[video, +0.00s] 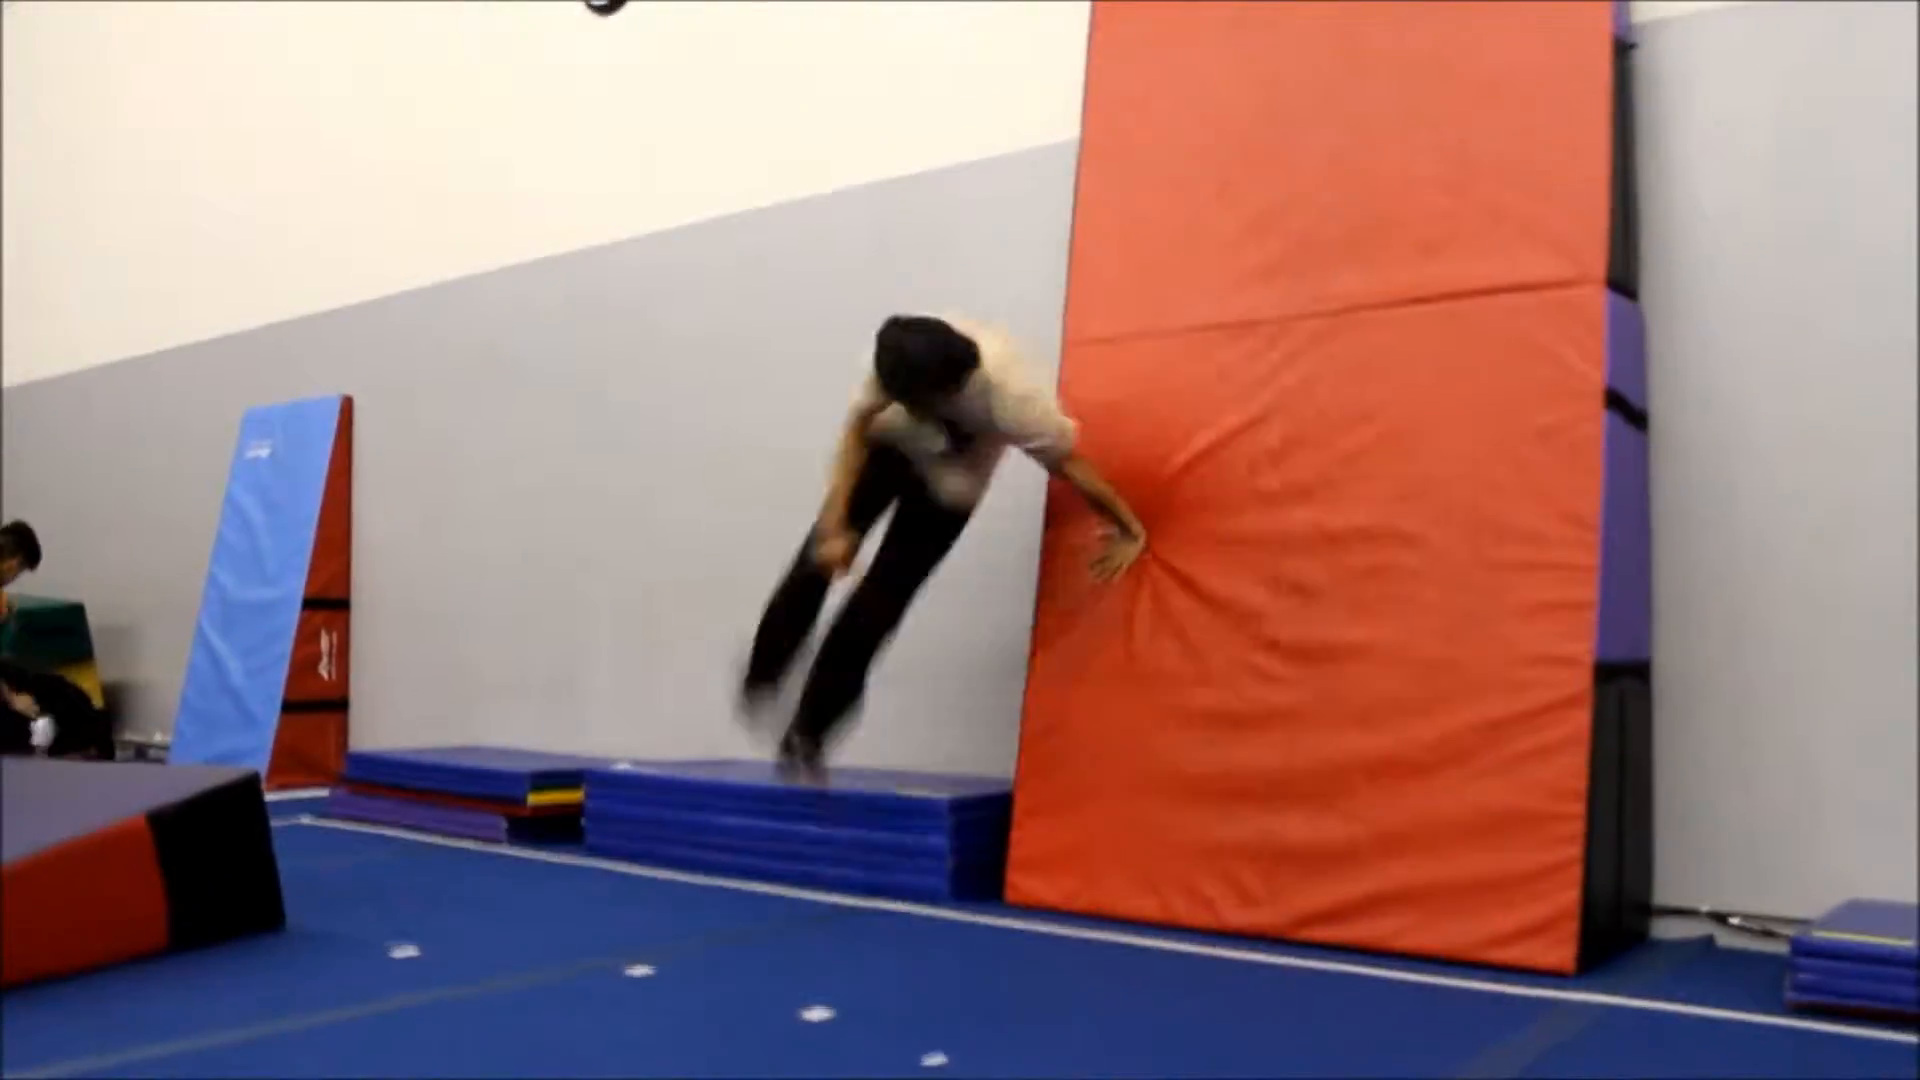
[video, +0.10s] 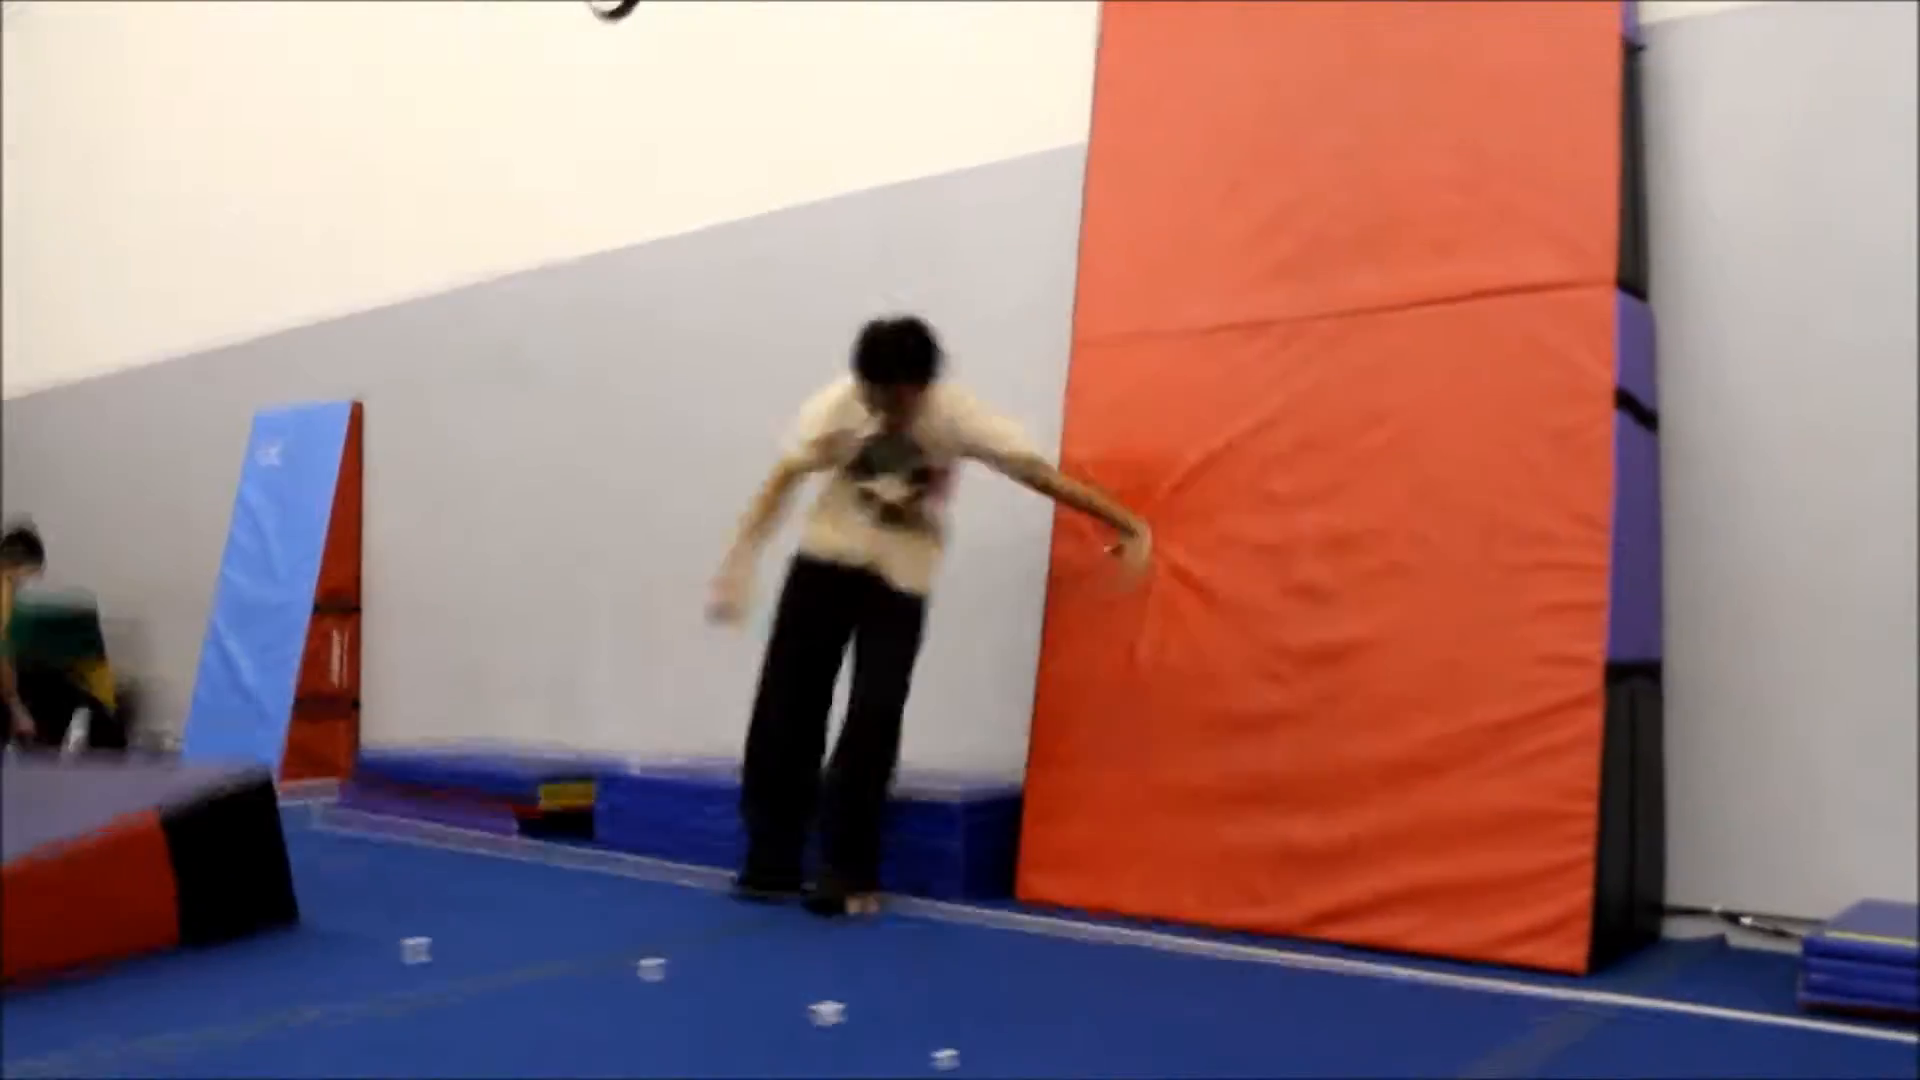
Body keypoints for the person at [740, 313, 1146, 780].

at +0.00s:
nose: (902, 404)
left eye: (910, 395)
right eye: (897, 393)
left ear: (942, 387)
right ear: (892, 378)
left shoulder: (1005, 399)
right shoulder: (894, 365)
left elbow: (1069, 465)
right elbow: (856, 433)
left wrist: (1133, 530)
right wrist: (834, 527)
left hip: (946, 492)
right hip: (888, 456)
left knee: (876, 609)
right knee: (818, 559)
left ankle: (808, 734)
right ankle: (762, 678)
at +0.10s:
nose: (888, 407)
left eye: (900, 395)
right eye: (877, 394)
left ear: (923, 384)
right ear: (862, 381)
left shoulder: (950, 417)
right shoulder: (842, 409)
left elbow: (1036, 472)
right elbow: (783, 481)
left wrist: (1128, 524)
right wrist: (736, 567)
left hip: (897, 585)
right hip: (823, 572)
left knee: (872, 728)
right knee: (786, 715)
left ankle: (847, 878)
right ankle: (770, 865)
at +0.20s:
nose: (851, 441)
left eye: (862, 428)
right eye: (838, 428)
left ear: (876, 422)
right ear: (812, 419)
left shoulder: (886, 485)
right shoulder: (773, 472)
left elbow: (967, 528)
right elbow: (698, 545)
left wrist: (1056, 549)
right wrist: (646, 629)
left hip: (838, 656)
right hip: (765, 649)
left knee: (861, 782)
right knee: (769, 777)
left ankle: (854, 908)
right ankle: (759, 891)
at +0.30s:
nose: (812, 380)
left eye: (821, 369)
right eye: (802, 365)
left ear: (825, 370)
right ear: (772, 356)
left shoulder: (813, 426)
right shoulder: (721, 401)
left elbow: (841, 502)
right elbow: (649, 485)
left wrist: (875, 564)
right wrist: (646, 583)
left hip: (755, 592)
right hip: (692, 588)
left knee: (798, 724)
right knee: (717, 740)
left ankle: (833, 863)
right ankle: (750, 877)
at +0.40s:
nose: (738, 316)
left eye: (750, 305)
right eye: (728, 301)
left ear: (758, 312)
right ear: (702, 299)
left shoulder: (731, 374)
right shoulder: (665, 351)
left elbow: (720, 445)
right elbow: (598, 444)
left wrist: (750, 513)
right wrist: (584, 545)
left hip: (679, 537)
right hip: (627, 532)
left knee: (692, 676)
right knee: (651, 681)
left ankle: (693, 810)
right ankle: (651, 813)